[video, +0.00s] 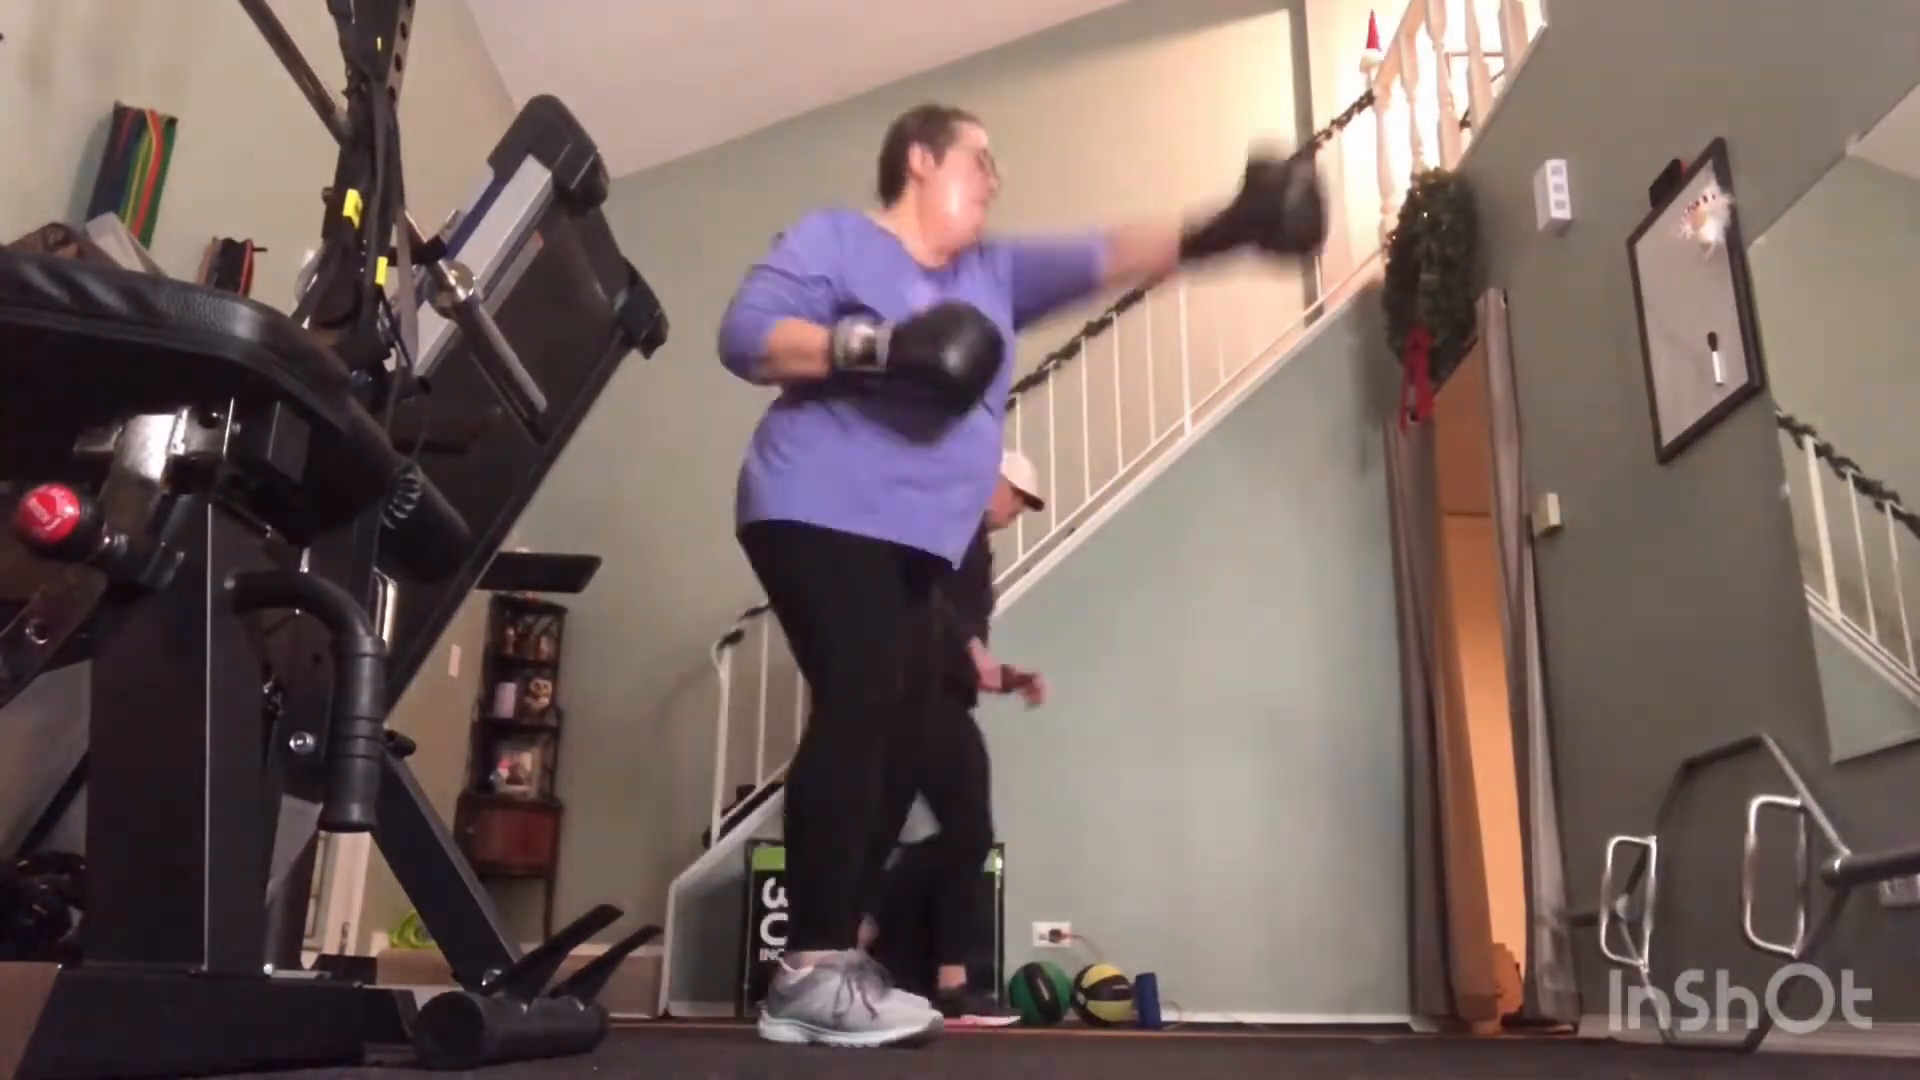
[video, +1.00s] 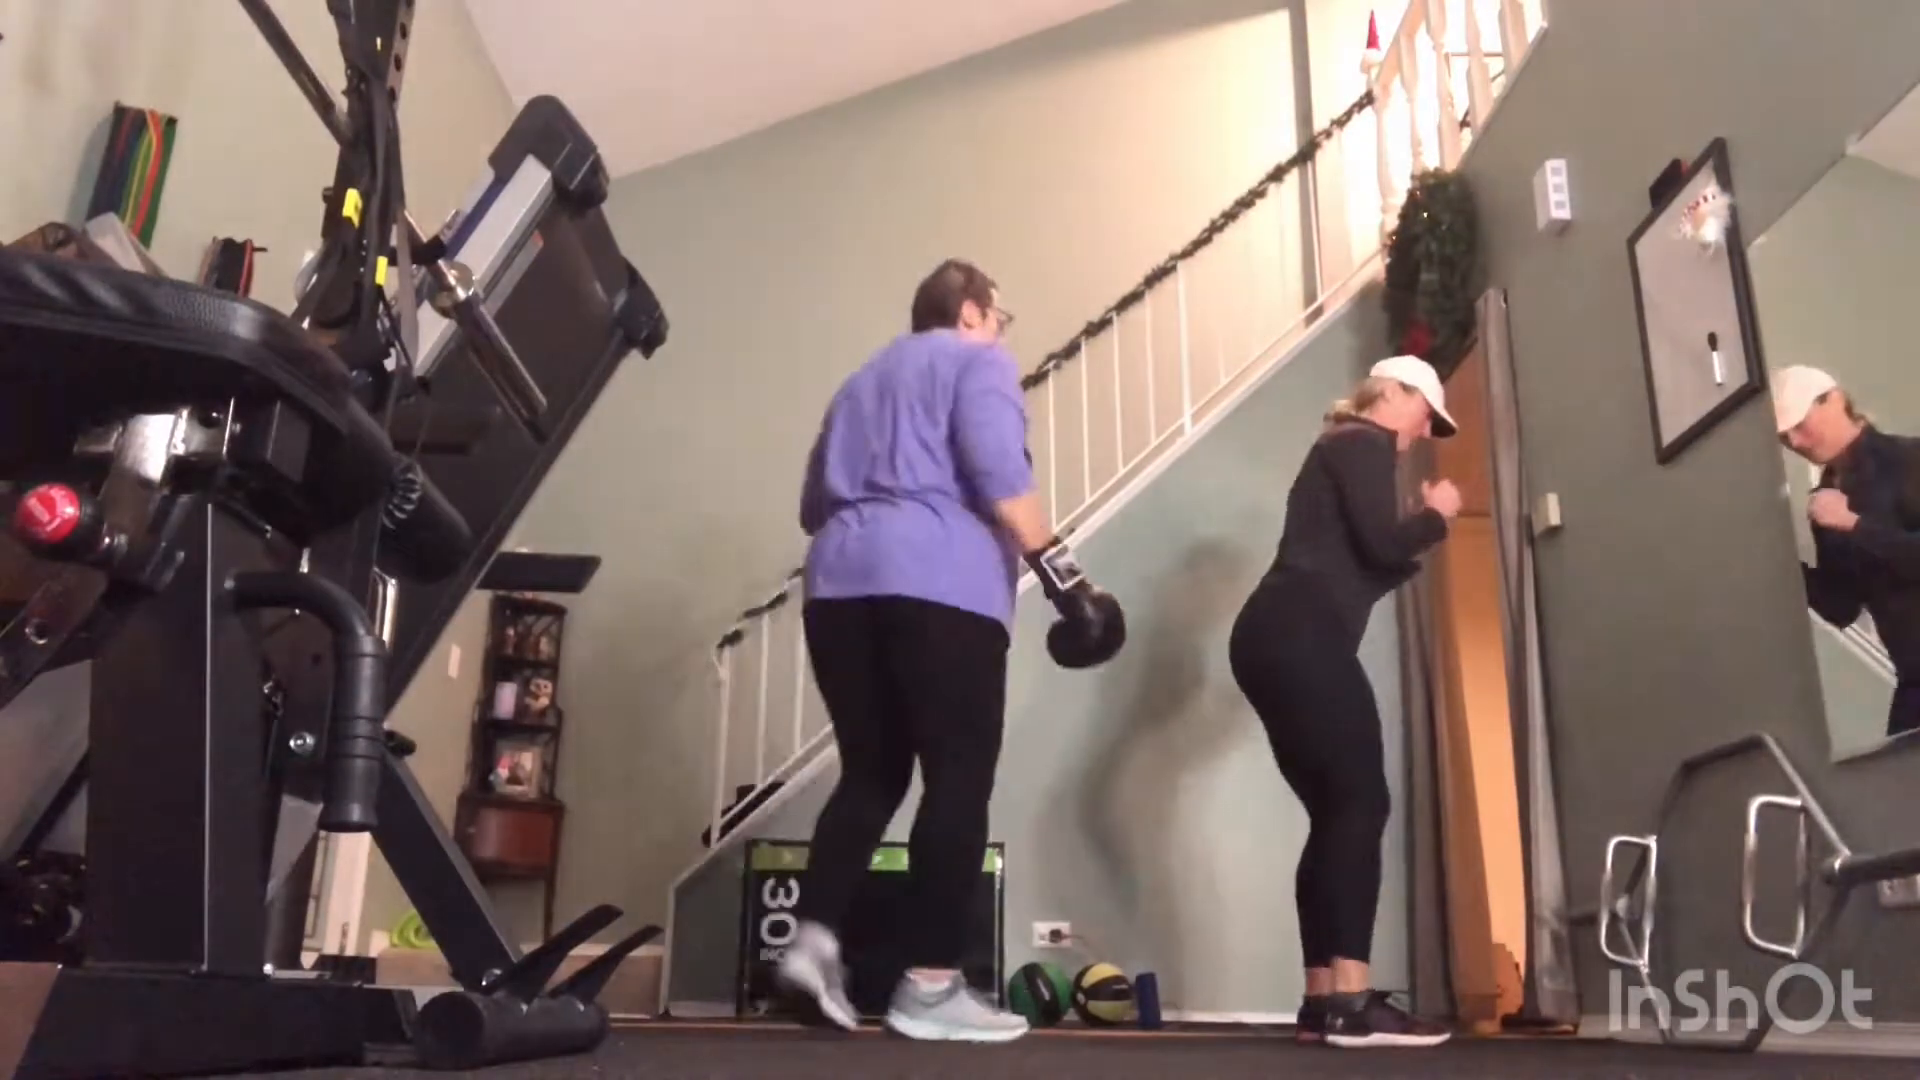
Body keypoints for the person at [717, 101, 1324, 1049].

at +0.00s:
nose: (994, 184)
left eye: (995, 169)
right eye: (980, 162)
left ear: (943, 169)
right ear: (921, 161)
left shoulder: (990, 270)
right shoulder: (835, 240)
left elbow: (1108, 255)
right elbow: (745, 336)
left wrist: (1228, 227)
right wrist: (868, 347)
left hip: (909, 544)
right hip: (811, 515)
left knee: (889, 743)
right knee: (862, 708)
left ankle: (834, 960)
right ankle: (812, 965)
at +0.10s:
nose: (994, 138)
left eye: (992, 123)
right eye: (979, 118)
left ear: (944, 130)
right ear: (919, 121)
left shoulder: (992, 257)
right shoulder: (830, 201)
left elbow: (1085, 344)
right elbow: (735, 317)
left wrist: (1149, 287)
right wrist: (851, 315)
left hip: (928, 528)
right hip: (824, 504)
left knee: (939, 723)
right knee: (851, 708)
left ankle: (876, 955)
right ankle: (809, 966)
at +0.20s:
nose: (1002, 199)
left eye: (1004, 182)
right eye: (1001, 178)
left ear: (950, 158)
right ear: (969, 156)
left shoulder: (951, 260)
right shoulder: (892, 189)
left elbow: (995, 407)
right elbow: (827, 285)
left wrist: (1037, 364)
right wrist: (970, 316)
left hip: (908, 506)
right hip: (864, 491)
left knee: (891, 722)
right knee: (880, 716)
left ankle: (854, 963)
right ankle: (825, 967)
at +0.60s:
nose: (1027, 213)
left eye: (1030, 199)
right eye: (1026, 191)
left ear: (985, 173)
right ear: (993, 163)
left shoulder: (967, 266)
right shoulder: (921, 189)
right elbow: (858, 288)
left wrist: (1038, 391)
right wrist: (994, 326)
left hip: (910, 504)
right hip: (870, 487)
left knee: (892, 722)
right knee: (883, 717)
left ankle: (854, 963)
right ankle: (825, 964)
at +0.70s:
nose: (1029, 223)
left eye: (1035, 209)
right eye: (1032, 202)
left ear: (961, 155)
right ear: (1011, 171)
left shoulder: (876, 215)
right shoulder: (966, 189)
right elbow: (928, 283)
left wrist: (1028, 369)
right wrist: (1047, 353)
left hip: (801, 476)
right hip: (855, 482)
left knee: (850, 709)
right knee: (854, 708)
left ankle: (830, 951)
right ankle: (802, 963)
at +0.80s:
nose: (988, 247)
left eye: (986, 234)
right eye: (984, 232)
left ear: (898, 214)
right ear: (957, 216)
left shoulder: (811, 288)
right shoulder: (940, 251)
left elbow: (740, 413)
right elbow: (948, 353)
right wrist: (1026, 428)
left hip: (758, 510)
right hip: (870, 511)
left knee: (792, 734)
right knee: (864, 722)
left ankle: (775, 976)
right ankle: (806, 961)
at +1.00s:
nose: (999, 331)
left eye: (998, 319)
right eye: (996, 318)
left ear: (923, 314)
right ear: (972, 311)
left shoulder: (857, 384)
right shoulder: (978, 359)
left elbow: (815, 508)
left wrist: (906, 528)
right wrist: (1064, 574)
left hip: (836, 592)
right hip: (943, 588)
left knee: (872, 770)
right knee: (958, 780)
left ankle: (814, 939)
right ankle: (932, 983)